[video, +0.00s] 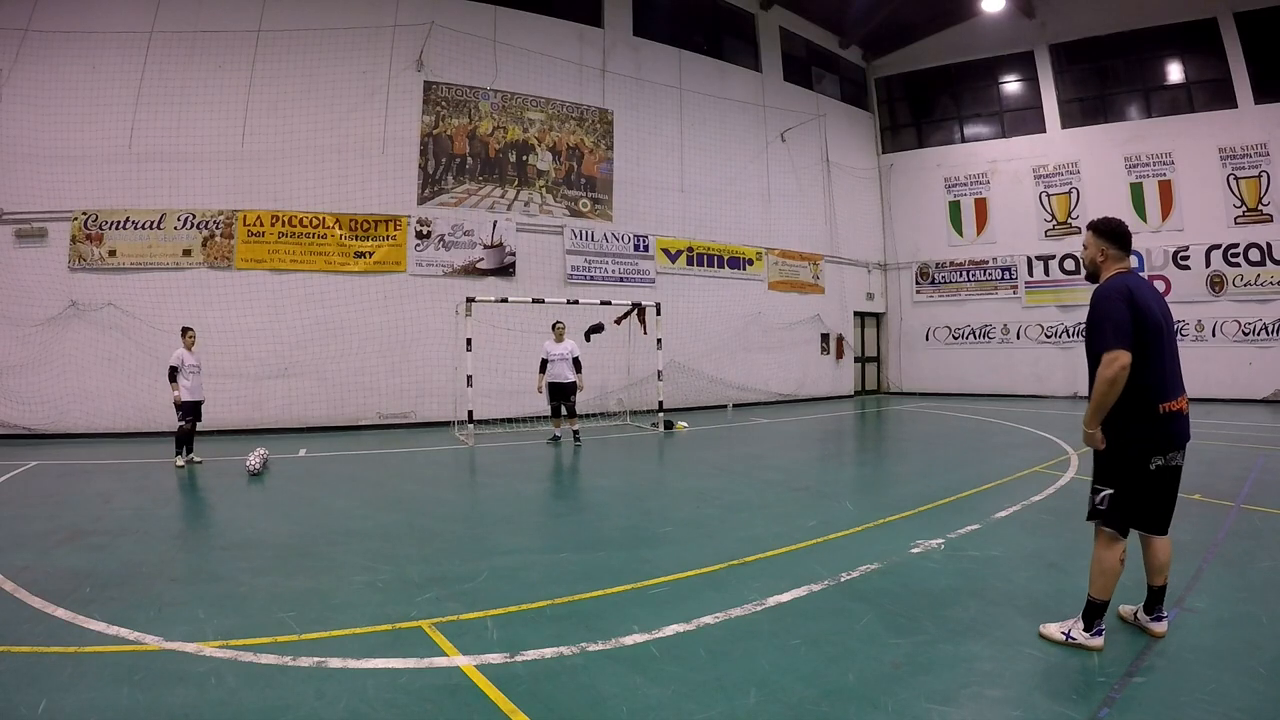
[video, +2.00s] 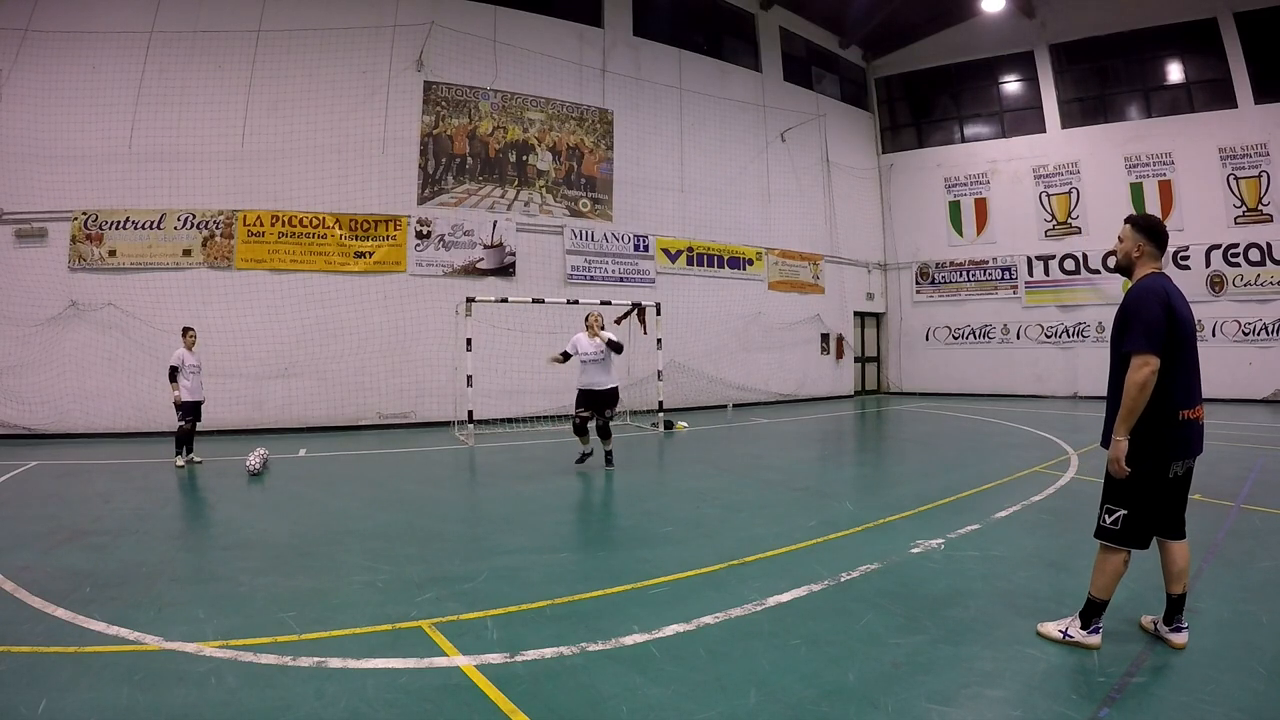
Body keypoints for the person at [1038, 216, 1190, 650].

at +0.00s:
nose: (1083, 254)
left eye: (1086, 247)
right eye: (1084, 246)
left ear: (1102, 251)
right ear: (1123, 251)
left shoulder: (1111, 293)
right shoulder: (1145, 288)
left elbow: (1116, 363)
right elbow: (1158, 358)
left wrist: (1091, 422)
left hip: (1130, 432)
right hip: (1168, 429)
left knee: (1109, 530)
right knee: (1155, 525)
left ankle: (1090, 625)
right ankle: (1155, 613)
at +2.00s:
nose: (1113, 247)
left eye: (1119, 239)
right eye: (1117, 239)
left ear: (1138, 246)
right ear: (1151, 249)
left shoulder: (1144, 295)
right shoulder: (1169, 292)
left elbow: (1145, 368)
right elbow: (1171, 368)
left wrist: (1120, 433)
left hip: (1145, 441)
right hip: (1177, 438)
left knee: (1115, 535)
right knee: (1171, 529)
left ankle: (1087, 624)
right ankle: (1174, 622)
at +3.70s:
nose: (1066, 310)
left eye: (1067, 301)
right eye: (1064, 303)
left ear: (1085, 294)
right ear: (1100, 292)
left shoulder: (1101, 325)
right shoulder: (1132, 323)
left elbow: (1095, 385)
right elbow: (1146, 391)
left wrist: (1069, 448)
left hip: (1137, 448)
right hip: (1180, 443)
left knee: (1082, 528)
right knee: (1155, 533)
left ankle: (1086, 624)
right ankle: (1185, 620)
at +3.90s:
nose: (1052, 337)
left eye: (1053, 328)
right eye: (1050, 330)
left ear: (1070, 322)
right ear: (1087, 319)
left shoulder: (1083, 350)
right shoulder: (1116, 344)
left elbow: (1059, 400)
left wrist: (1017, 453)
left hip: (1134, 459)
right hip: (1176, 453)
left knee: (1070, 529)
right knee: (1142, 538)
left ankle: (1085, 622)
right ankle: (1185, 620)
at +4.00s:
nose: (1042, 330)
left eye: (1043, 322)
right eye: (1040, 324)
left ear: (1057, 316)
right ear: (1076, 312)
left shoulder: (1070, 344)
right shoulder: (1105, 341)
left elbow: (1022, 378)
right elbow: (1122, 401)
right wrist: (1091, 450)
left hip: (1111, 456)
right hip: (1155, 452)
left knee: (1040, 514)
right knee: (1133, 537)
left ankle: (1066, 599)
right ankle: (1184, 620)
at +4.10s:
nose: (1017, 309)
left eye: (1018, 300)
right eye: (1016, 301)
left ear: (1031, 294)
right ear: (1051, 291)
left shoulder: (1043, 321)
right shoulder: (1082, 322)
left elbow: (1007, 337)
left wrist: (955, 354)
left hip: (1070, 447)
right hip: (1115, 448)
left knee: (995, 491)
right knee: (1132, 532)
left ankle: (998, 583)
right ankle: (1181, 615)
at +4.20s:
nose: (984, 290)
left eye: (985, 284)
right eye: (983, 284)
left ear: (998, 280)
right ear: (1018, 276)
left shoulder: (1008, 306)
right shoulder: (1051, 310)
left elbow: (1005, 338)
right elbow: (1058, 366)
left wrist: (985, 379)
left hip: (1019, 440)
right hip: (1067, 439)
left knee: (955, 507)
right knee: (1094, 513)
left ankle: (905, 581)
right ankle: (1165, 581)